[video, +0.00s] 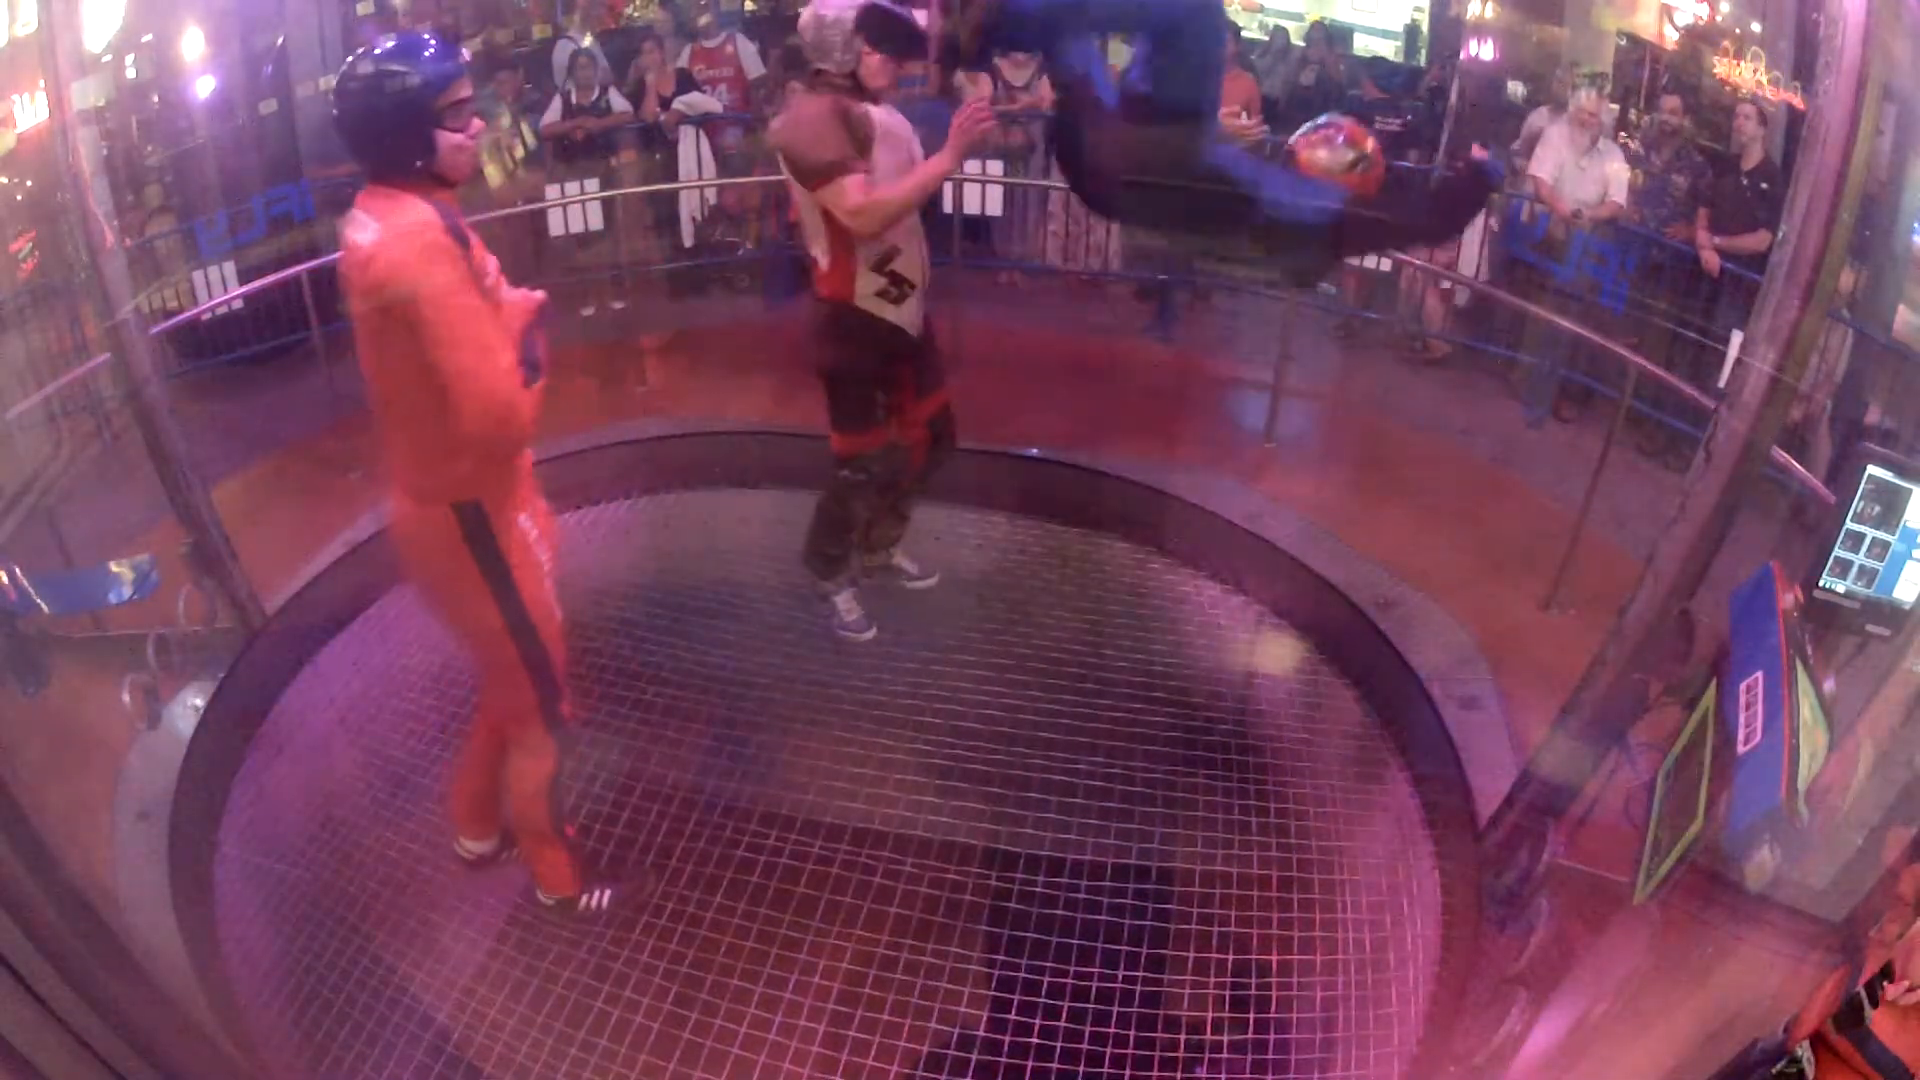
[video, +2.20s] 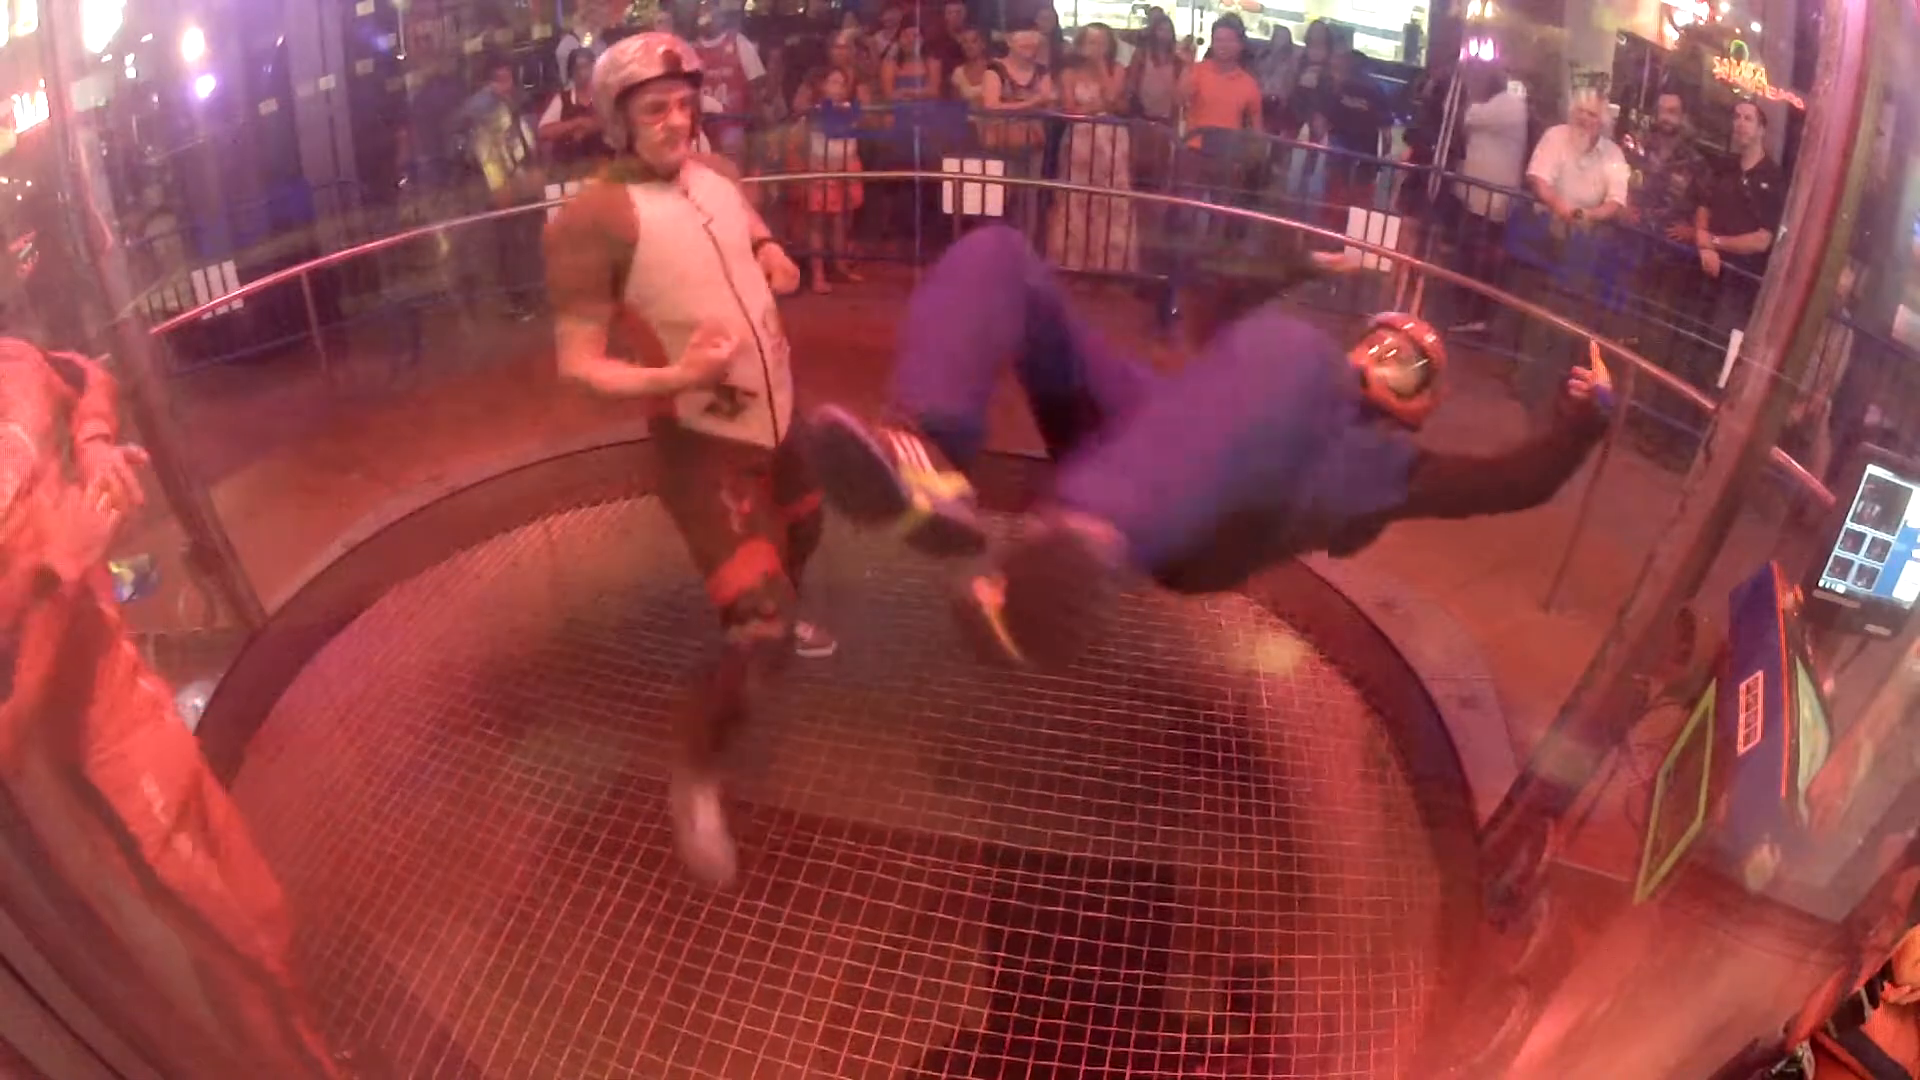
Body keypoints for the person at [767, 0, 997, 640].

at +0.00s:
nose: (897, 73)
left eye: (900, 62)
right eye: (888, 60)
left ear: (880, 60)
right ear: (853, 53)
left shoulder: (880, 115)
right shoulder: (811, 121)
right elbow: (860, 215)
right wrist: (950, 155)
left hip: (903, 314)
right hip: (851, 319)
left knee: (929, 438)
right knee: (865, 459)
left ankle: (879, 547)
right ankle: (830, 574)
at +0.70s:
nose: (843, 167)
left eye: (847, 153)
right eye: (832, 160)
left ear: (864, 132)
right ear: (824, 154)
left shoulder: (900, 124)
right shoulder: (836, 180)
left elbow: (950, 147)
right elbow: (860, 208)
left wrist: (966, 118)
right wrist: (935, 147)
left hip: (915, 315)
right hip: (865, 319)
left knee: (918, 440)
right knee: (878, 456)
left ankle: (880, 550)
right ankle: (834, 569)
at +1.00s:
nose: (869, 84)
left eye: (874, 71)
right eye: (854, 71)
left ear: (887, 83)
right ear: (832, 84)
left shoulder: (895, 131)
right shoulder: (801, 139)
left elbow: (943, 153)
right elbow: (767, 210)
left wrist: (940, 144)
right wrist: (854, 183)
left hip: (895, 311)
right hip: (835, 316)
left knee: (900, 442)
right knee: (865, 459)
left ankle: (876, 553)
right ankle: (821, 563)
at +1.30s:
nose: (772, 46)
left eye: (781, 32)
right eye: (758, 34)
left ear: (793, 40)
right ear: (732, 48)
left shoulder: (838, 124)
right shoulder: (717, 135)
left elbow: (874, 204)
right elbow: (686, 241)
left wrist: (864, 203)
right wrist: (790, 247)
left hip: (831, 320)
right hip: (766, 326)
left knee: (879, 436)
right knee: (765, 483)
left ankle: (869, 550)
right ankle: (713, 579)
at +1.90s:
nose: (695, 85)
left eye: (703, 71)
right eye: (677, 73)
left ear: (716, 77)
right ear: (646, 85)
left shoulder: (734, 138)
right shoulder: (620, 166)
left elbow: (776, 203)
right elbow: (606, 286)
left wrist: (777, 221)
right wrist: (688, 272)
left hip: (773, 355)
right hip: (702, 370)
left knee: (801, 494)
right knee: (747, 523)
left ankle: (773, 606)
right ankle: (713, 597)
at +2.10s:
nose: (684, 107)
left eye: (693, 92)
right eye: (665, 95)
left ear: (706, 96)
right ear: (631, 108)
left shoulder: (726, 166)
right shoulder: (604, 197)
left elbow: (764, 231)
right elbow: (585, 340)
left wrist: (777, 250)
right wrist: (686, 368)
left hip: (775, 397)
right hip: (706, 421)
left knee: (803, 525)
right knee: (770, 596)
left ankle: (789, 617)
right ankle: (701, 667)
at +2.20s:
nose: (673, 120)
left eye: (682, 105)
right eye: (653, 110)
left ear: (697, 109)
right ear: (616, 123)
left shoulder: (712, 174)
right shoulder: (593, 217)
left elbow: (751, 242)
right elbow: (579, 365)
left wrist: (775, 260)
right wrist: (675, 377)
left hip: (777, 421)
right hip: (704, 444)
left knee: (800, 528)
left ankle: (782, 622)